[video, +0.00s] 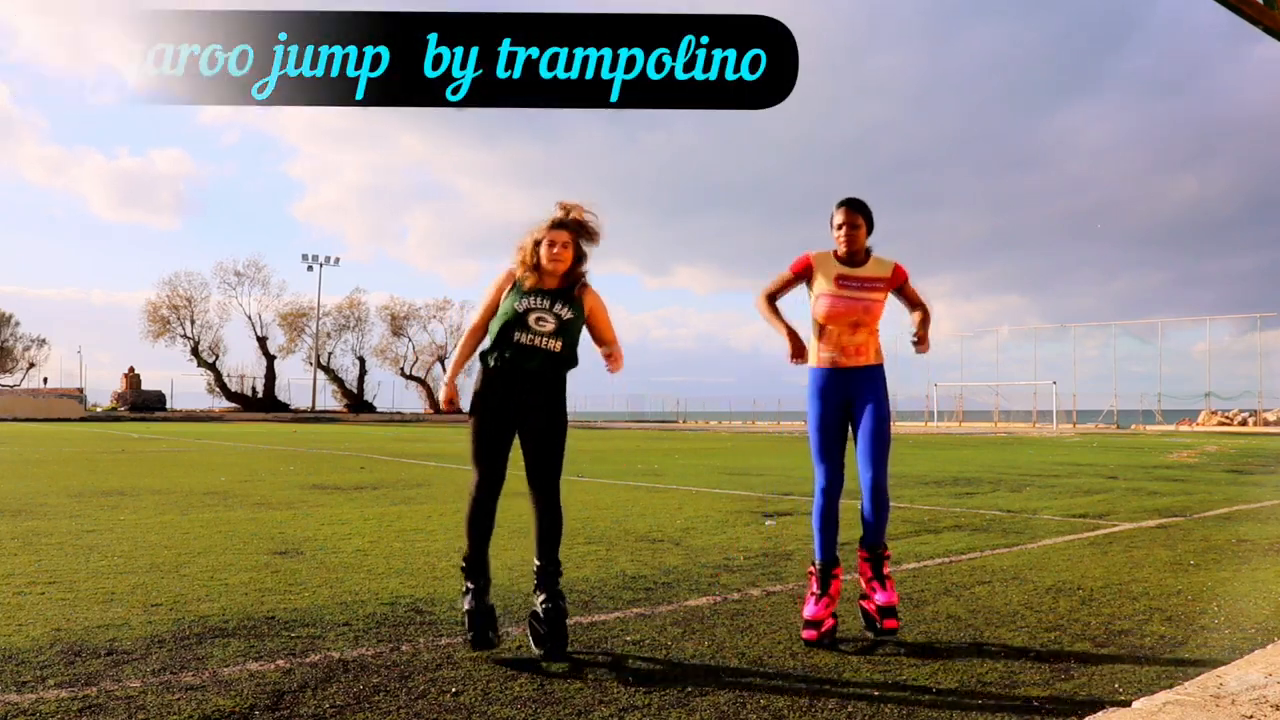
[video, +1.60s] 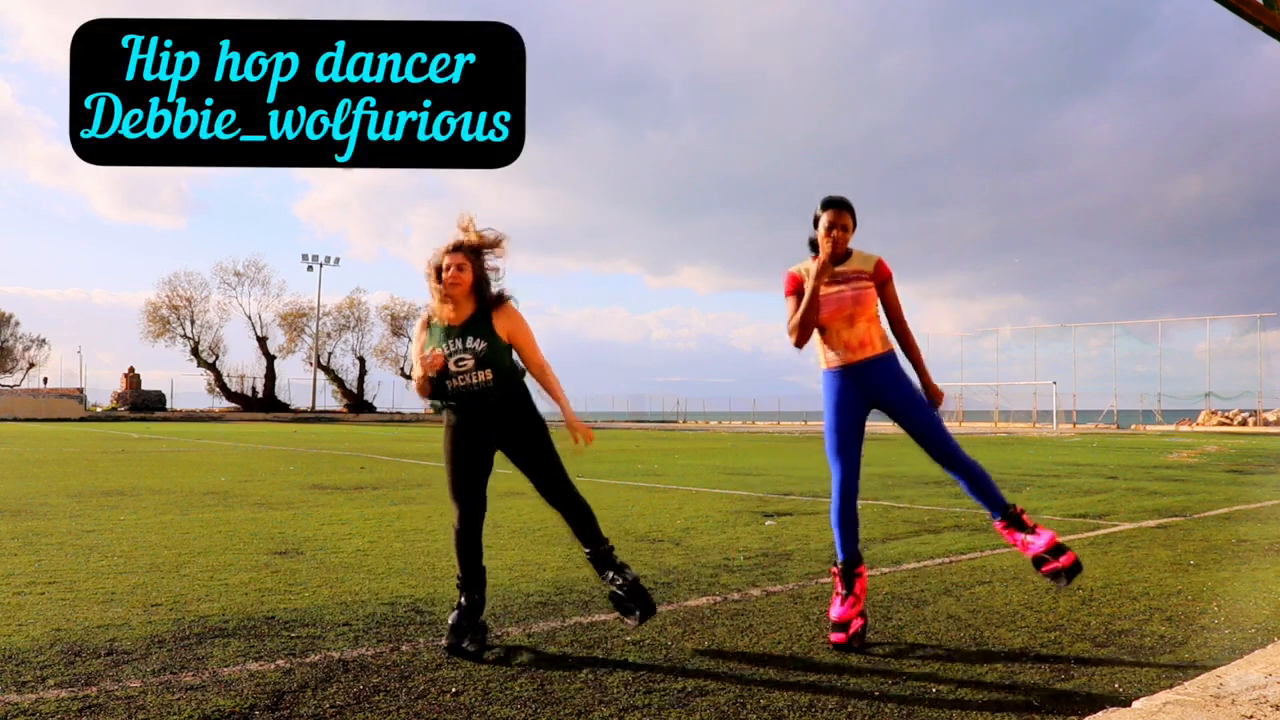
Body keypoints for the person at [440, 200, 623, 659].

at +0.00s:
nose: (555, 250)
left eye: (565, 246)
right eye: (549, 242)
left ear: (576, 254)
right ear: (537, 245)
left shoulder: (584, 297)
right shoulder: (511, 281)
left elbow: (609, 342)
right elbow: (477, 330)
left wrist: (612, 356)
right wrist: (451, 378)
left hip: (545, 402)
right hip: (495, 397)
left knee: (546, 493)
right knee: (487, 485)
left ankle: (548, 592)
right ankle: (475, 587)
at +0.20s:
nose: (562, 279)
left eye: (571, 272)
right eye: (556, 270)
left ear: (584, 279)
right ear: (544, 273)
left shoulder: (592, 325)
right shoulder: (522, 308)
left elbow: (616, 383)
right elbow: (483, 353)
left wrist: (621, 355)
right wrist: (446, 398)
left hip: (556, 425)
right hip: (505, 414)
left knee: (551, 514)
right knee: (464, 493)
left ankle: (540, 608)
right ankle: (413, 586)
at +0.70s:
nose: (564, 283)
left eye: (571, 277)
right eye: (557, 276)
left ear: (582, 284)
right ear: (545, 282)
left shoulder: (591, 333)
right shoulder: (521, 316)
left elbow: (607, 386)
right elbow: (482, 364)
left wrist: (622, 393)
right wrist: (445, 410)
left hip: (551, 429)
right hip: (502, 418)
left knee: (545, 515)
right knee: (449, 491)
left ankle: (539, 605)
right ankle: (390, 572)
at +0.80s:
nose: (544, 282)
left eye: (553, 276)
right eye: (538, 274)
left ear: (566, 283)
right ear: (527, 280)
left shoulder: (577, 329)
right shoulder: (506, 316)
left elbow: (582, 380)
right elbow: (476, 366)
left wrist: (578, 426)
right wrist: (477, 401)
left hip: (548, 430)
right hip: (498, 422)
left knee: (543, 516)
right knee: (455, 498)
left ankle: (539, 606)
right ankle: (428, 586)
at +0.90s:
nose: (526, 267)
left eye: (534, 260)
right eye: (519, 260)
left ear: (547, 263)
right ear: (508, 263)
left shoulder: (564, 309)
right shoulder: (492, 298)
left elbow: (574, 364)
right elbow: (462, 345)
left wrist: (571, 413)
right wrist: (484, 355)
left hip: (545, 413)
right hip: (496, 407)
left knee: (545, 500)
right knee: (468, 489)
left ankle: (546, 595)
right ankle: (454, 586)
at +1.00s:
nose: (504, 260)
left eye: (512, 253)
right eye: (497, 253)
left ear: (524, 258)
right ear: (485, 257)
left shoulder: (542, 292)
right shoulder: (468, 290)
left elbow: (565, 344)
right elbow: (431, 340)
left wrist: (585, 398)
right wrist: (458, 325)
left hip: (540, 397)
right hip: (491, 398)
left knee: (556, 484)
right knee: (482, 490)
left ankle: (577, 578)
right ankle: (480, 585)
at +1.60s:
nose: (452, 273)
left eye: (461, 267)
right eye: (447, 267)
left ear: (476, 275)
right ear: (439, 276)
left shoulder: (501, 313)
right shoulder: (428, 324)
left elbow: (537, 365)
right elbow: (420, 389)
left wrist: (567, 413)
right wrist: (426, 372)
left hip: (513, 416)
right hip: (464, 424)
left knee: (562, 494)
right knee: (467, 518)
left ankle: (613, 572)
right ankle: (470, 609)